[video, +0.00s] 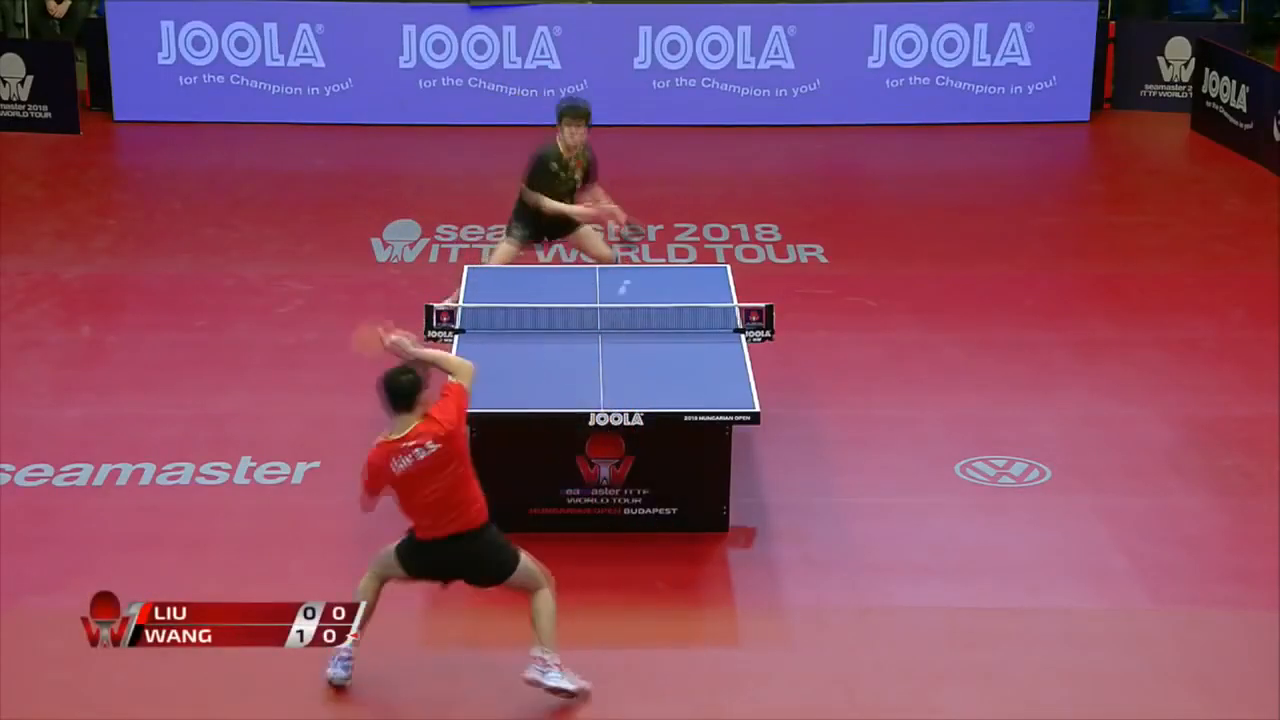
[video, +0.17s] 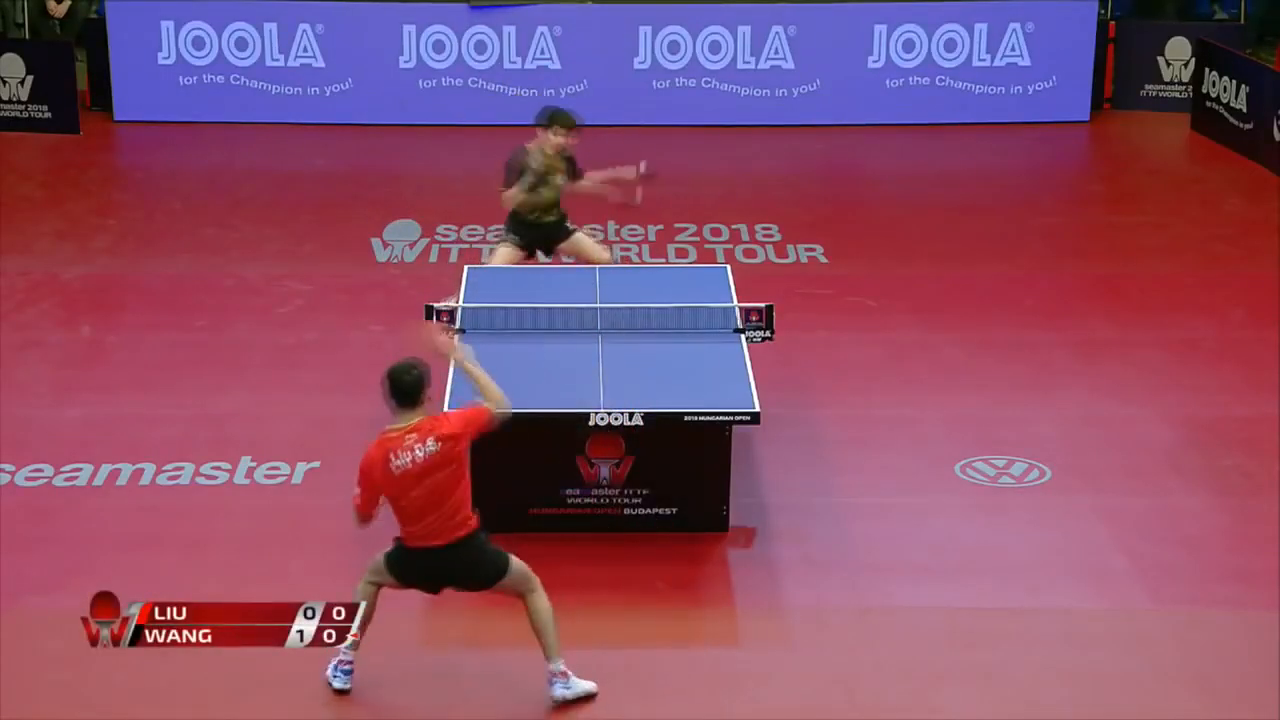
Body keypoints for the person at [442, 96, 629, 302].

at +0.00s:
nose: (576, 132)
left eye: (580, 126)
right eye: (570, 126)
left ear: (587, 129)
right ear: (559, 128)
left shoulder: (587, 158)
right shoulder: (545, 157)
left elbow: (589, 190)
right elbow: (531, 196)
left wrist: (613, 211)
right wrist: (574, 211)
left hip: (563, 219)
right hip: (529, 221)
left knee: (607, 257)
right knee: (494, 268)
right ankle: (453, 301)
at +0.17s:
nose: (565, 142)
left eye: (569, 136)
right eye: (560, 135)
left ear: (571, 137)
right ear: (541, 133)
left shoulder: (565, 159)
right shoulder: (520, 158)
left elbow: (576, 183)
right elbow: (507, 202)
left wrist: (615, 175)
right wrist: (530, 177)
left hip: (555, 227)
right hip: (521, 229)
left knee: (603, 259)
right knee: (494, 272)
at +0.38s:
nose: (503, 140)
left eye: (506, 133)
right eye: (497, 134)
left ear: (514, 135)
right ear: (489, 137)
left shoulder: (526, 154)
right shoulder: (487, 168)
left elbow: (523, 132)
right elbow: (488, 209)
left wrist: (486, 119)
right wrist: (480, 196)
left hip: (544, 229)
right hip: (509, 231)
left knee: (595, 262)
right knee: (461, 258)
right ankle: (454, 312)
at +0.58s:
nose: (502, 118)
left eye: (507, 112)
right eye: (496, 113)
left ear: (515, 113)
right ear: (489, 114)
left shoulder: (528, 135)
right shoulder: (486, 147)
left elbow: (570, 162)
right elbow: (495, 177)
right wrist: (482, 193)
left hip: (547, 208)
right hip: (511, 212)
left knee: (588, 248)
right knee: (470, 249)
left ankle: (594, 303)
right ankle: (455, 304)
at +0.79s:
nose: (547, 108)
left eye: (552, 102)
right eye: (542, 102)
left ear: (559, 104)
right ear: (532, 102)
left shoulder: (565, 130)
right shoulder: (517, 130)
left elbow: (570, 162)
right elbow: (500, 165)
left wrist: (590, 186)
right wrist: (533, 184)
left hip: (554, 193)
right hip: (517, 194)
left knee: (597, 238)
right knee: (479, 243)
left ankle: (623, 284)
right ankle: (453, 291)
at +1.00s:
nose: (564, 116)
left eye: (569, 111)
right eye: (559, 109)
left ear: (573, 113)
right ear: (547, 107)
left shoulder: (564, 139)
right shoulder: (531, 134)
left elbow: (555, 175)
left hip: (541, 195)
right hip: (511, 198)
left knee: (592, 234)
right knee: (490, 255)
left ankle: (616, 289)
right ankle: (450, 287)